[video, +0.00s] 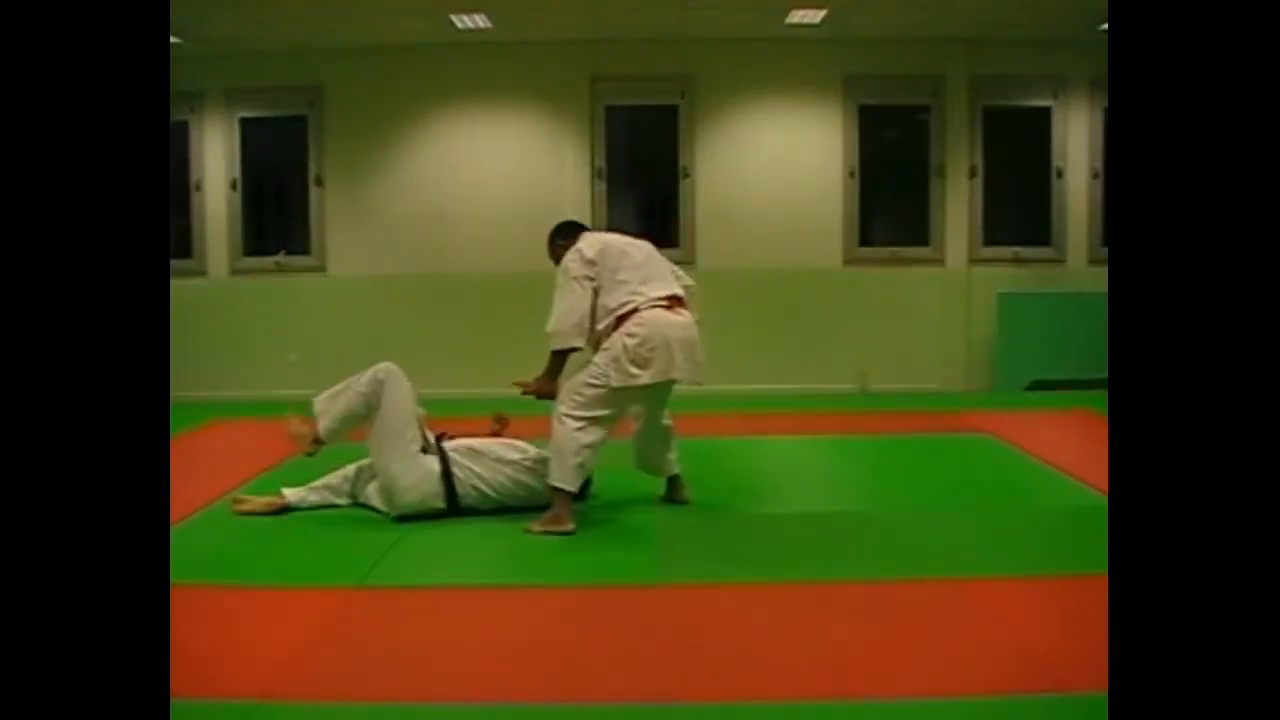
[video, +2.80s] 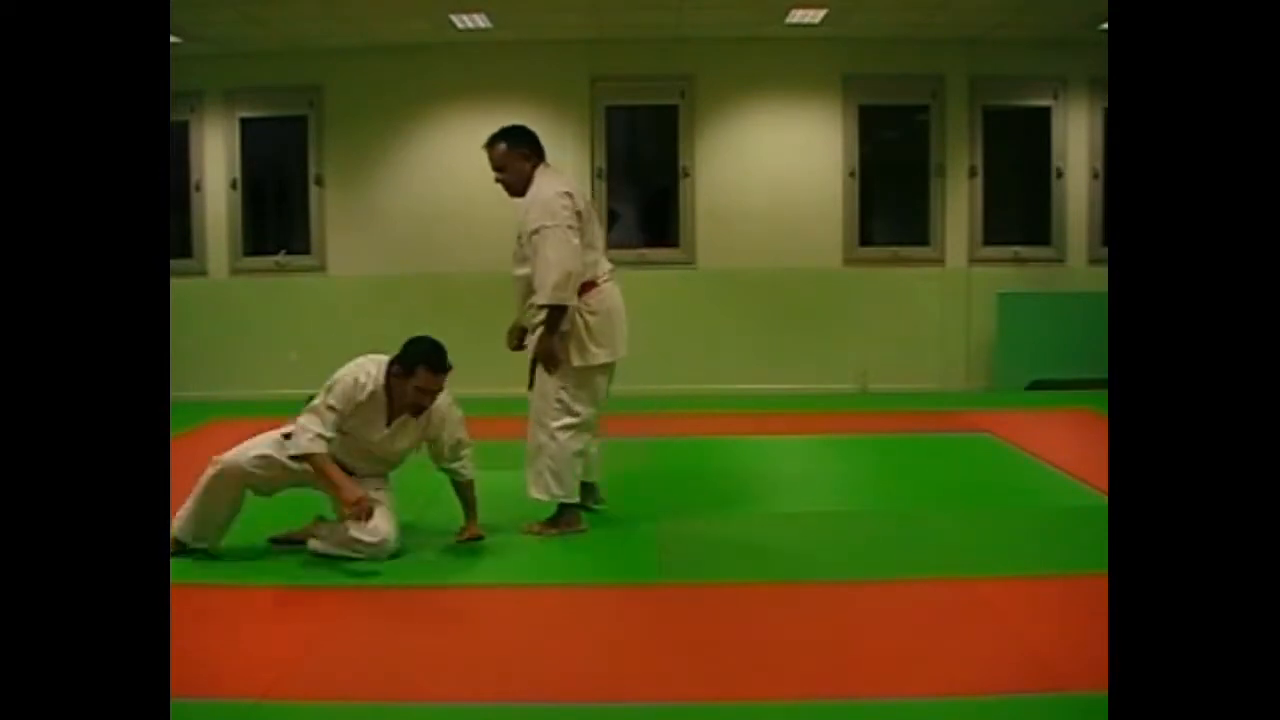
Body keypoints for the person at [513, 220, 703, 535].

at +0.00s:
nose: (560, 266)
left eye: (558, 259)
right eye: (556, 261)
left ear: (564, 245)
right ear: (585, 233)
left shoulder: (577, 255)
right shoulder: (635, 246)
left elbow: (568, 325)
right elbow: (683, 283)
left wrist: (548, 379)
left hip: (640, 332)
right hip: (683, 329)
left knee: (573, 409)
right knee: (653, 412)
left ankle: (560, 511)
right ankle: (674, 482)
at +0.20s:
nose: (544, 276)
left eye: (542, 269)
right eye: (541, 272)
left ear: (548, 255)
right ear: (570, 241)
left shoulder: (562, 263)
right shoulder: (620, 252)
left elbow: (557, 330)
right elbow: (669, 290)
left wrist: (537, 385)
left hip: (628, 336)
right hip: (671, 332)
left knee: (561, 412)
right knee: (647, 413)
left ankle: (559, 511)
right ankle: (674, 483)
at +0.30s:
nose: (534, 286)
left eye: (531, 280)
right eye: (530, 283)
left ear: (537, 267)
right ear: (559, 251)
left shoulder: (553, 271)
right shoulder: (599, 262)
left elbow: (553, 331)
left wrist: (534, 385)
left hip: (626, 336)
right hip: (668, 332)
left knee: (556, 414)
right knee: (644, 415)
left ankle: (559, 512)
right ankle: (674, 484)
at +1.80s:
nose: (548, 227)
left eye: (546, 220)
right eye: (545, 221)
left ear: (555, 208)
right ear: (577, 202)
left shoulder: (570, 225)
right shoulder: (621, 223)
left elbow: (554, 287)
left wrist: (524, 340)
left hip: (615, 319)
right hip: (659, 316)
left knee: (565, 411)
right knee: (646, 406)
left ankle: (561, 511)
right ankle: (675, 484)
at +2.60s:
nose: (510, 190)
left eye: (513, 179)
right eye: (507, 181)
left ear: (536, 169)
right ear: (541, 169)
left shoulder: (554, 206)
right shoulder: (573, 194)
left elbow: (565, 276)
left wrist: (554, 336)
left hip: (594, 320)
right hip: (622, 309)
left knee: (557, 410)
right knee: (618, 403)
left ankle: (566, 508)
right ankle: (652, 468)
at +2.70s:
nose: (502, 183)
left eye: (506, 173)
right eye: (499, 174)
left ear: (532, 164)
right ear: (533, 166)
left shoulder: (549, 204)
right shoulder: (559, 192)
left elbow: (561, 273)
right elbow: (545, 268)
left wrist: (550, 334)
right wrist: (530, 320)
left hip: (583, 318)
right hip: (605, 310)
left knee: (554, 412)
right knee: (595, 405)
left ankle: (566, 509)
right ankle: (616, 477)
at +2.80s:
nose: (498, 180)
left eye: (502, 169)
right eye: (495, 171)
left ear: (528, 160)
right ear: (528, 163)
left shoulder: (547, 200)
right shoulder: (552, 193)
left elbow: (560, 269)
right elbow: (544, 268)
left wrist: (549, 331)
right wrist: (523, 319)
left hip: (577, 319)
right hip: (588, 312)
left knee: (558, 413)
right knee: (579, 406)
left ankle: (566, 508)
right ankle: (585, 486)